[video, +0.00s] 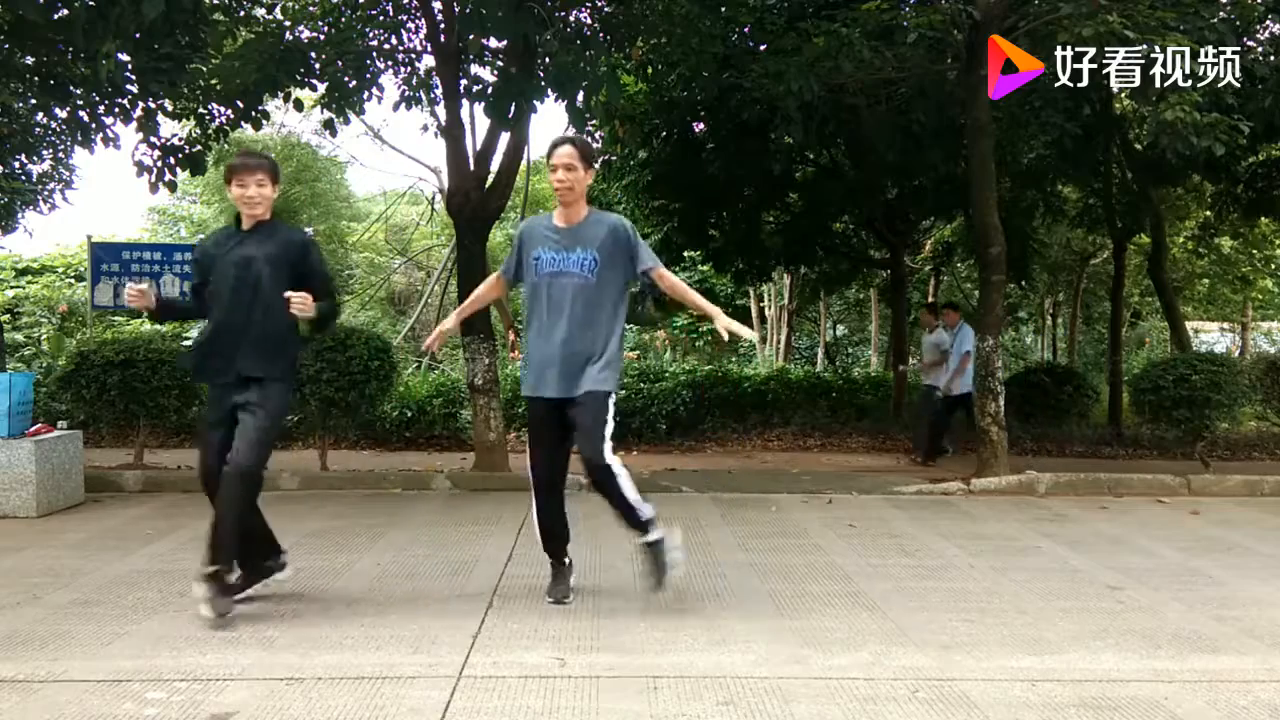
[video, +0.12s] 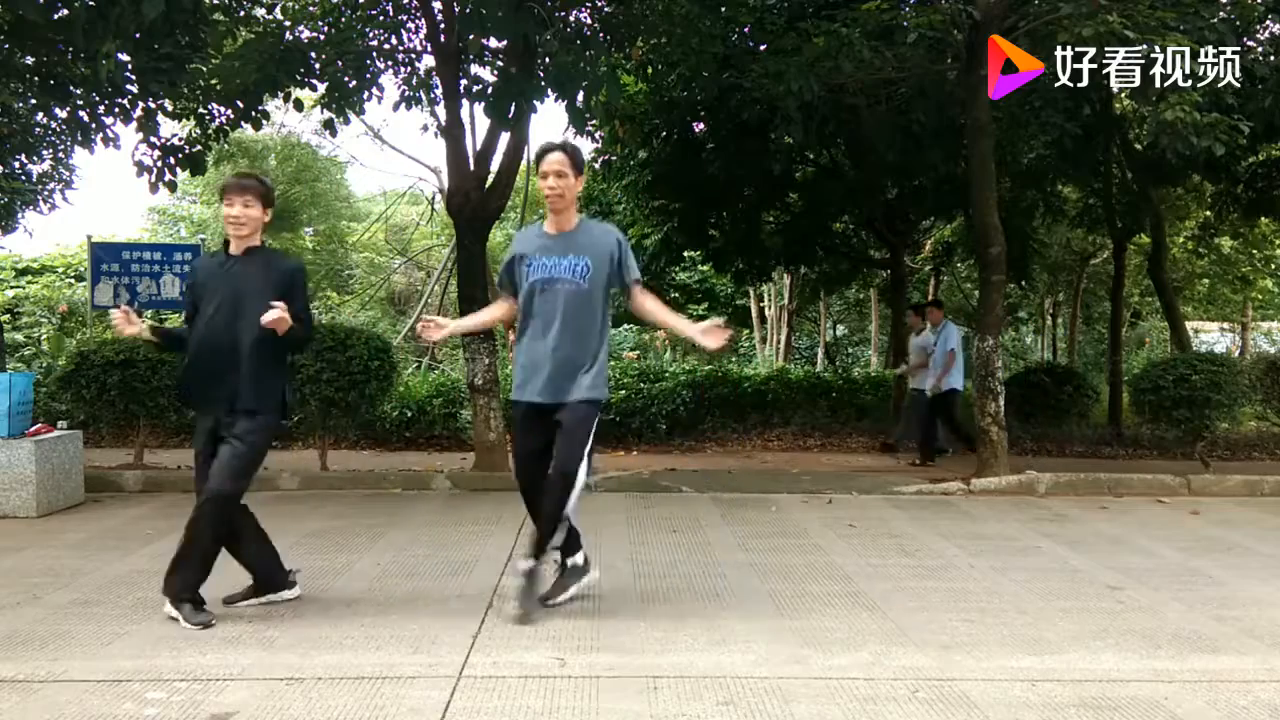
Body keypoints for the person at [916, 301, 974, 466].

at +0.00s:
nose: (945, 319)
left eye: (947, 315)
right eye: (943, 315)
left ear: (957, 315)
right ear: (945, 317)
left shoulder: (965, 331)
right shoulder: (954, 333)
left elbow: (965, 359)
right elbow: (953, 359)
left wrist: (950, 382)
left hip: (962, 388)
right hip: (951, 388)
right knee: (937, 423)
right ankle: (929, 455)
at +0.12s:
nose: (928, 317)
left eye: (931, 313)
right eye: (927, 314)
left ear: (940, 312)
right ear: (930, 315)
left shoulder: (950, 329)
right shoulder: (938, 332)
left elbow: (951, 357)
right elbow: (933, 360)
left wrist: (939, 380)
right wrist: (913, 368)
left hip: (949, 384)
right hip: (935, 385)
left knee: (950, 420)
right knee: (928, 422)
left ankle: (974, 445)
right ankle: (926, 456)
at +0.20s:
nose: (922, 316)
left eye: (924, 312)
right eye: (921, 313)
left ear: (933, 311)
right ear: (925, 314)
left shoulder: (944, 329)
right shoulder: (930, 331)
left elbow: (948, 354)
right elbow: (926, 358)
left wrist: (938, 379)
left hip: (940, 384)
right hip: (928, 384)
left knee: (930, 419)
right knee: (929, 420)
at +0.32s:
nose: (908, 316)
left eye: (910, 312)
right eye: (907, 312)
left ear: (919, 311)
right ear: (912, 313)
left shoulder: (932, 328)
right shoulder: (917, 331)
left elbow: (939, 355)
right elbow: (914, 359)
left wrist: (939, 382)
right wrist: (894, 365)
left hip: (924, 381)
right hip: (913, 381)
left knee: (916, 418)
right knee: (915, 418)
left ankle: (926, 451)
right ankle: (922, 452)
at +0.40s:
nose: (901, 316)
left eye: (904, 312)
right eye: (900, 312)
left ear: (914, 312)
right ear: (902, 314)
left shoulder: (925, 330)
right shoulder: (909, 332)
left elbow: (932, 355)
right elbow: (905, 358)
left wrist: (936, 380)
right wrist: (886, 366)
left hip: (920, 381)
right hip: (907, 382)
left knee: (905, 418)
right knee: (918, 420)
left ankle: (902, 455)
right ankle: (926, 455)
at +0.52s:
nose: (886, 317)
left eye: (889, 313)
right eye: (886, 313)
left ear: (900, 314)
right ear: (888, 315)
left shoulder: (910, 332)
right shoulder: (892, 333)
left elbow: (919, 358)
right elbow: (891, 359)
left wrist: (929, 380)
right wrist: (873, 363)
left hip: (905, 385)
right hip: (894, 385)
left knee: (884, 420)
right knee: (909, 422)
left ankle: (870, 457)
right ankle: (925, 455)